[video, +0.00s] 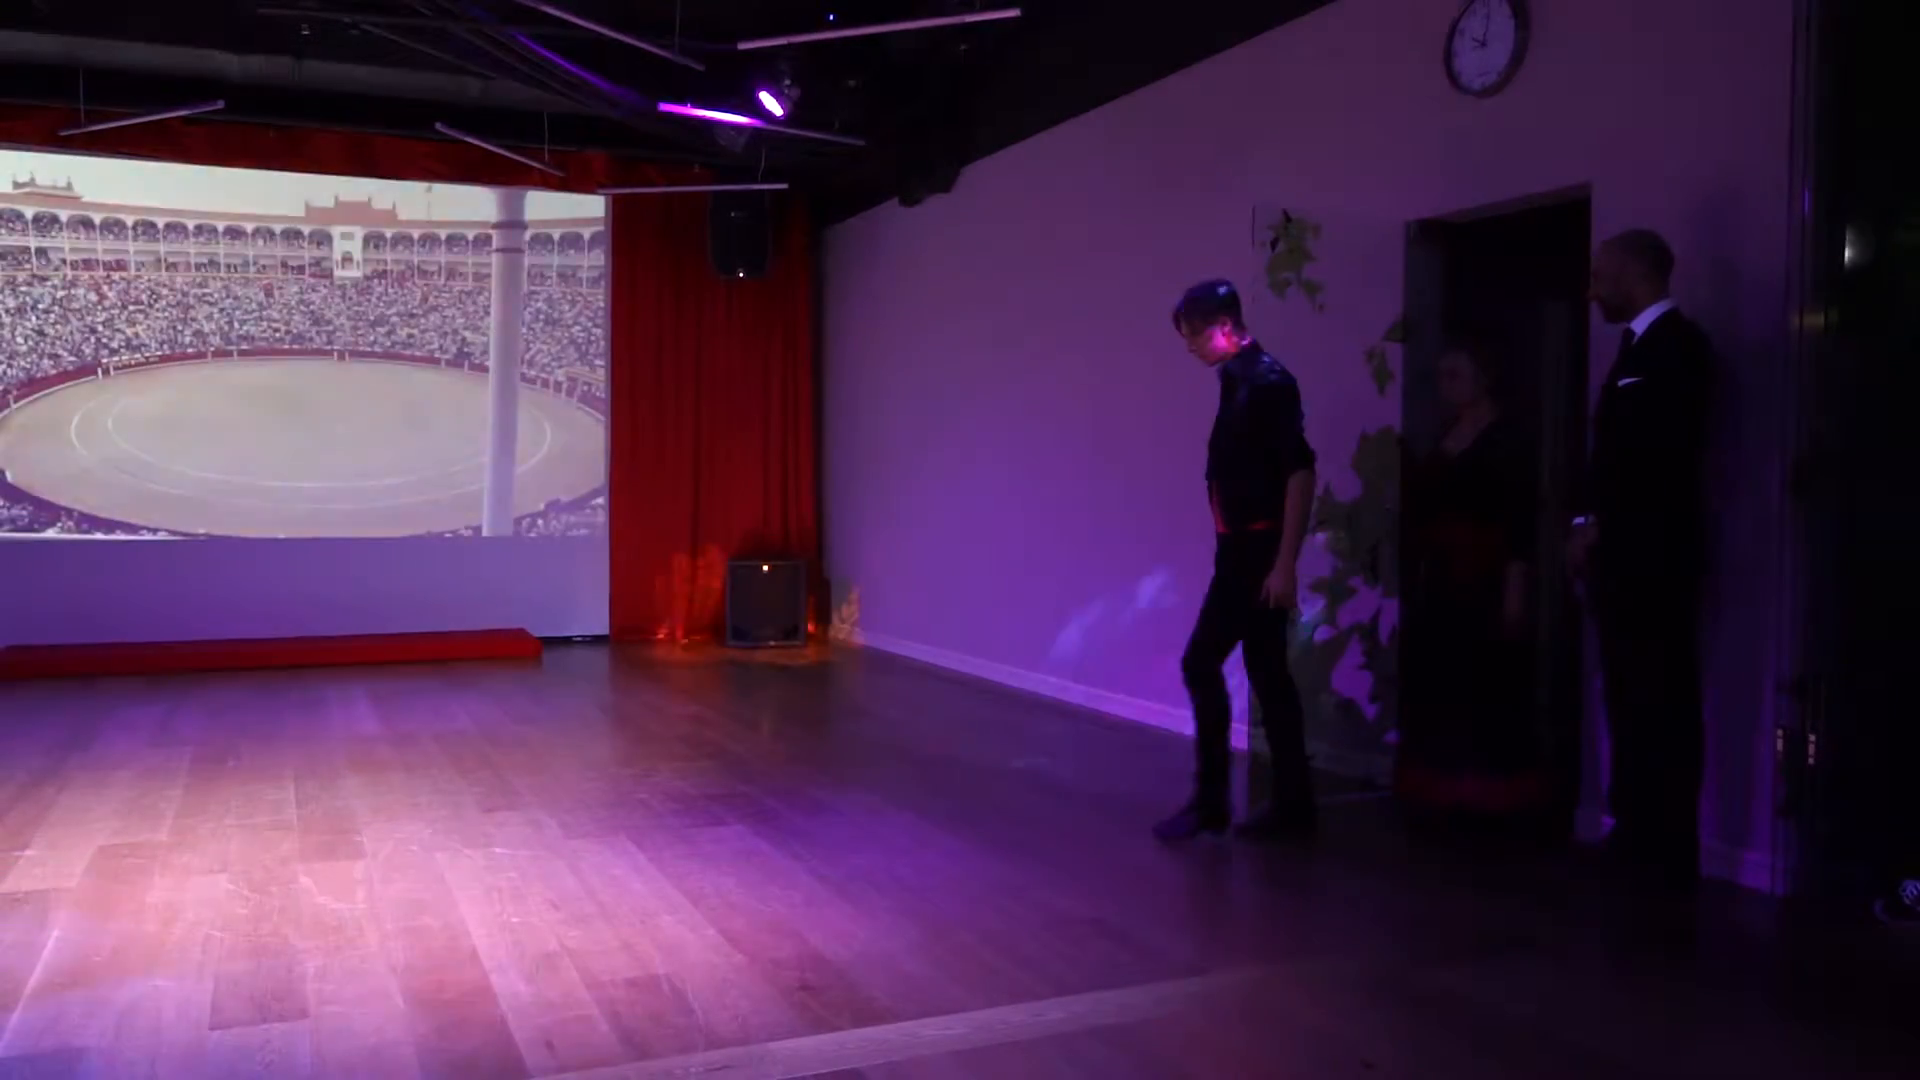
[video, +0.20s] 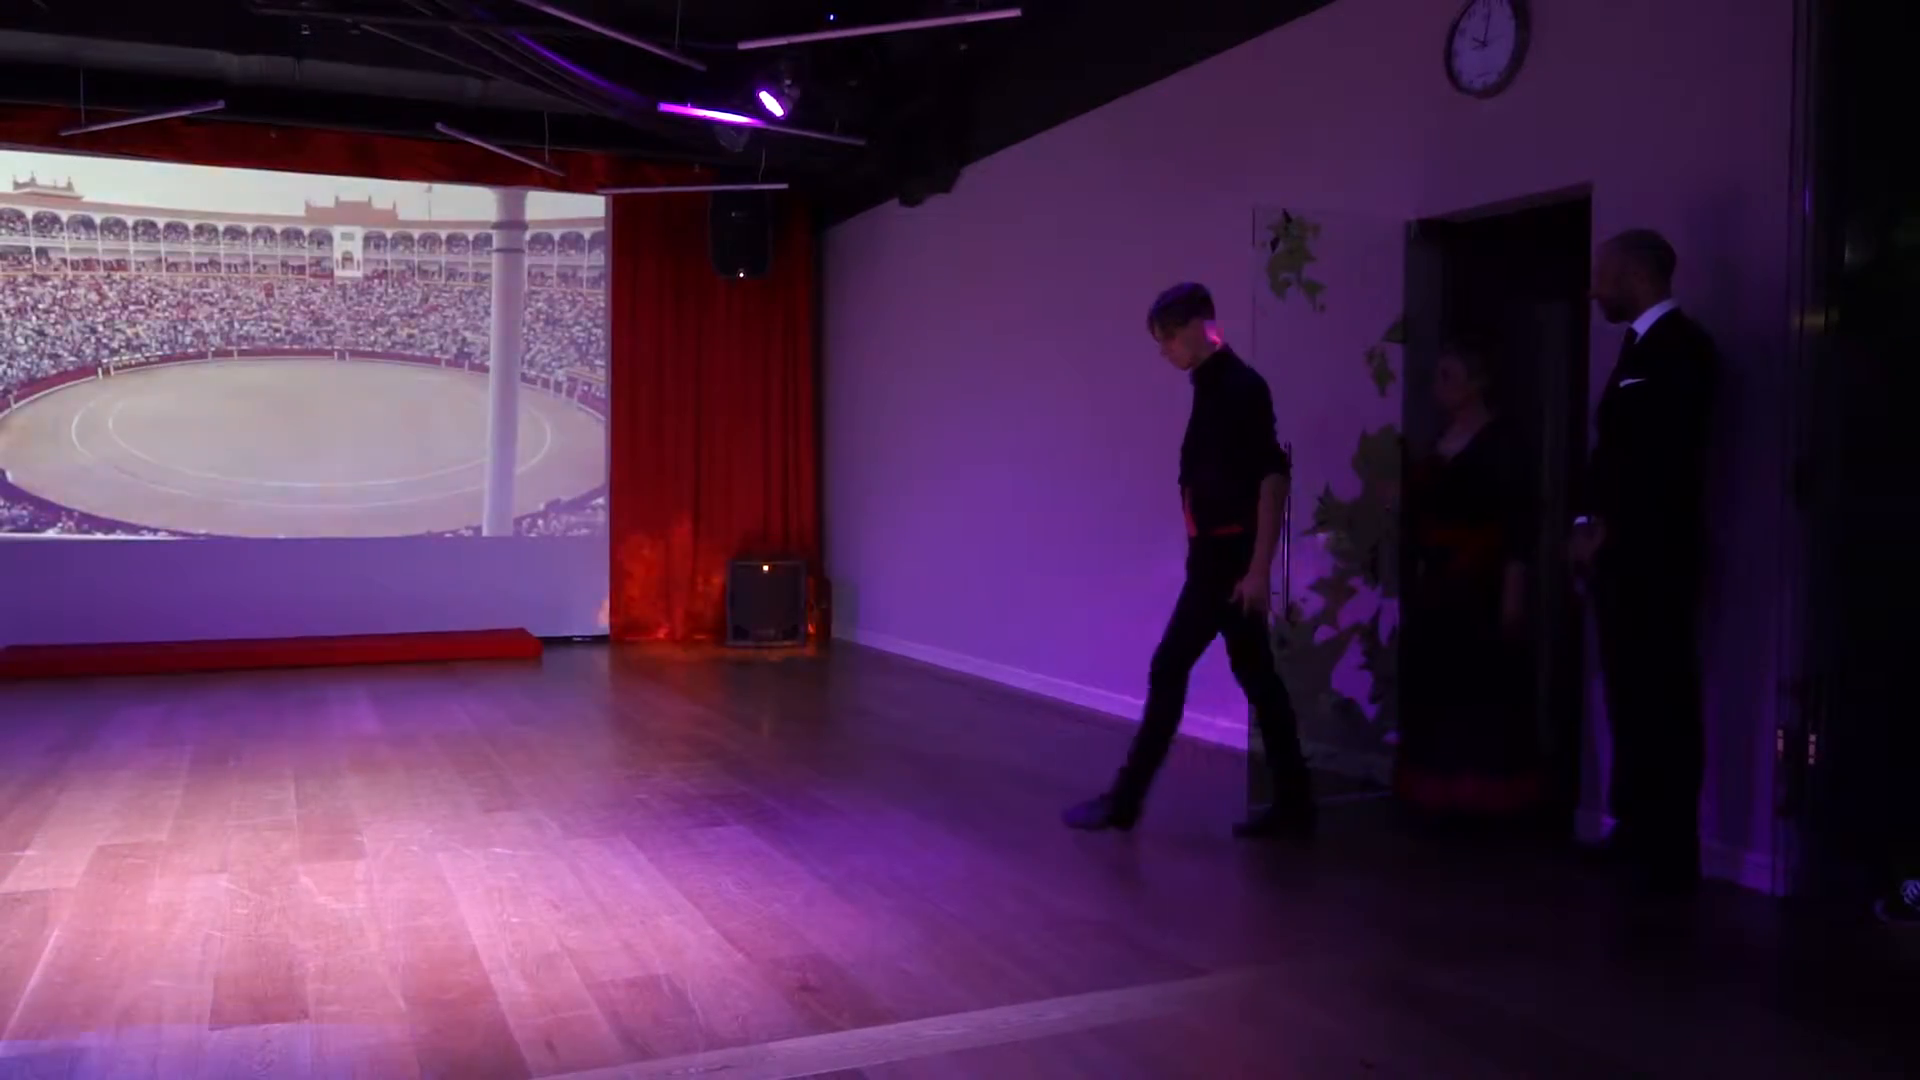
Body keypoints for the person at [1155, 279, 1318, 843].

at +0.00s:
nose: (1190, 349)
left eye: (1193, 337)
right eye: (1187, 339)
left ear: (1222, 327)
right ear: (1223, 328)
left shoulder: (1267, 381)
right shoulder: (1240, 379)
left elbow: (1300, 473)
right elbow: (1239, 466)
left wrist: (1285, 564)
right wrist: (1230, 542)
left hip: (1255, 551)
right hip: (1245, 548)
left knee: (1200, 663)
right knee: (1269, 675)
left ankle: (1211, 800)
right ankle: (1293, 802)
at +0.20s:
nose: (1164, 352)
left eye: (1167, 340)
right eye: (1160, 342)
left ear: (1197, 331)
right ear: (1198, 334)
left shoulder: (1239, 387)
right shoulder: (1211, 386)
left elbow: (1274, 477)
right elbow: (1212, 476)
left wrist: (1259, 569)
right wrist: (1201, 545)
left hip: (1228, 557)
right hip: (1216, 554)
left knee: (1169, 667)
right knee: (1259, 679)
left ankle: (1124, 801)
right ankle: (1294, 804)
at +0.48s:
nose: (1109, 347)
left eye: (1113, 334)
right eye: (1104, 337)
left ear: (1142, 324)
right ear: (1134, 329)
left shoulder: (1179, 382)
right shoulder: (1155, 380)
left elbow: (1205, 476)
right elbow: (1159, 471)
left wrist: (1189, 565)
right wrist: (1138, 548)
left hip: (1161, 550)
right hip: (1151, 547)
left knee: (1123, 670)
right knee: (1188, 668)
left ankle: (1101, 805)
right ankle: (1268, 779)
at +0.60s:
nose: (1083, 346)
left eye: (1085, 332)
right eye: (1078, 335)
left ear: (1113, 322)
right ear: (1111, 324)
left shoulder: (1153, 380)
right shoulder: (1127, 377)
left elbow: (1173, 476)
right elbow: (1126, 469)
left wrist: (1153, 564)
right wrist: (1105, 542)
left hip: (1135, 546)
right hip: (1117, 542)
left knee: (1112, 672)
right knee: (1126, 670)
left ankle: (1100, 806)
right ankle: (1222, 766)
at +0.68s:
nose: (1067, 344)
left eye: (1071, 331)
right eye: (1063, 333)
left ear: (1098, 321)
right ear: (1091, 326)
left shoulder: (1138, 380)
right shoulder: (1112, 376)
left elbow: (1152, 478)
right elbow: (1112, 469)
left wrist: (1127, 564)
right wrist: (1093, 546)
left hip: (1123, 542)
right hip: (1099, 539)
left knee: (1097, 668)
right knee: (1086, 665)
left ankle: (1099, 806)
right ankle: (1175, 763)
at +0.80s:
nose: (1045, 346)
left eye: (1048, 334)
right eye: (1041, 336)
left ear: (1075, 323)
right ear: (1066, 327)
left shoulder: (1116, 380)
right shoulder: (1088, 376)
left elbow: (1125, 480)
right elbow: (1096, 467)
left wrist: (1096, 563)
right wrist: (1073, 537)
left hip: (1103, 543)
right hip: (1078, 540)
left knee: (1086, 673)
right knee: (1034, 657)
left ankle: (1097, 804)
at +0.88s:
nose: (1027, 346)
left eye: (1031, 333)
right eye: (1023, 335)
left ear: (1058, 324)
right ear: (1049, 329)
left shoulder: (1097, 383)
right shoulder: (1071, 380)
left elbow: (1107, 481)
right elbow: (1077, 472)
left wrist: (1077, 566)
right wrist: (1054, 546)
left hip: (1090, 546)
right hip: (1062, 542)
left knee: (1079, 677)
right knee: (1011, 658)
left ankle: (1098, 806)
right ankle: (1019, 793)